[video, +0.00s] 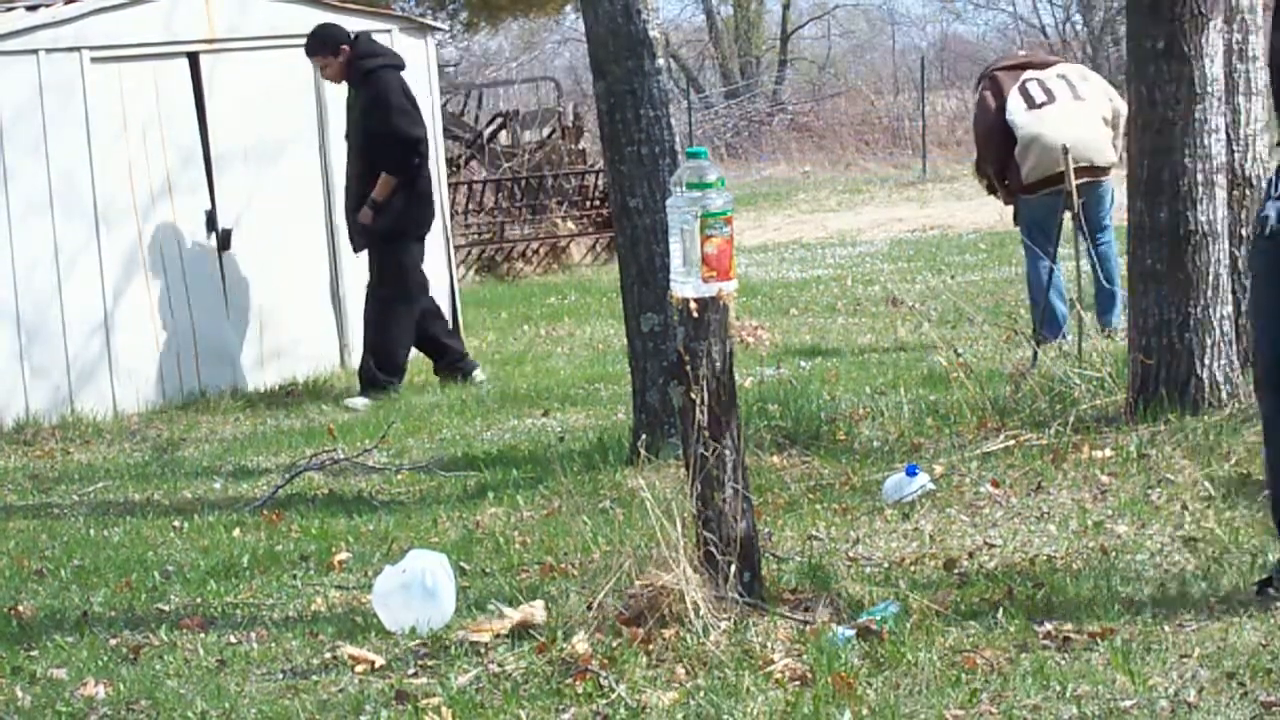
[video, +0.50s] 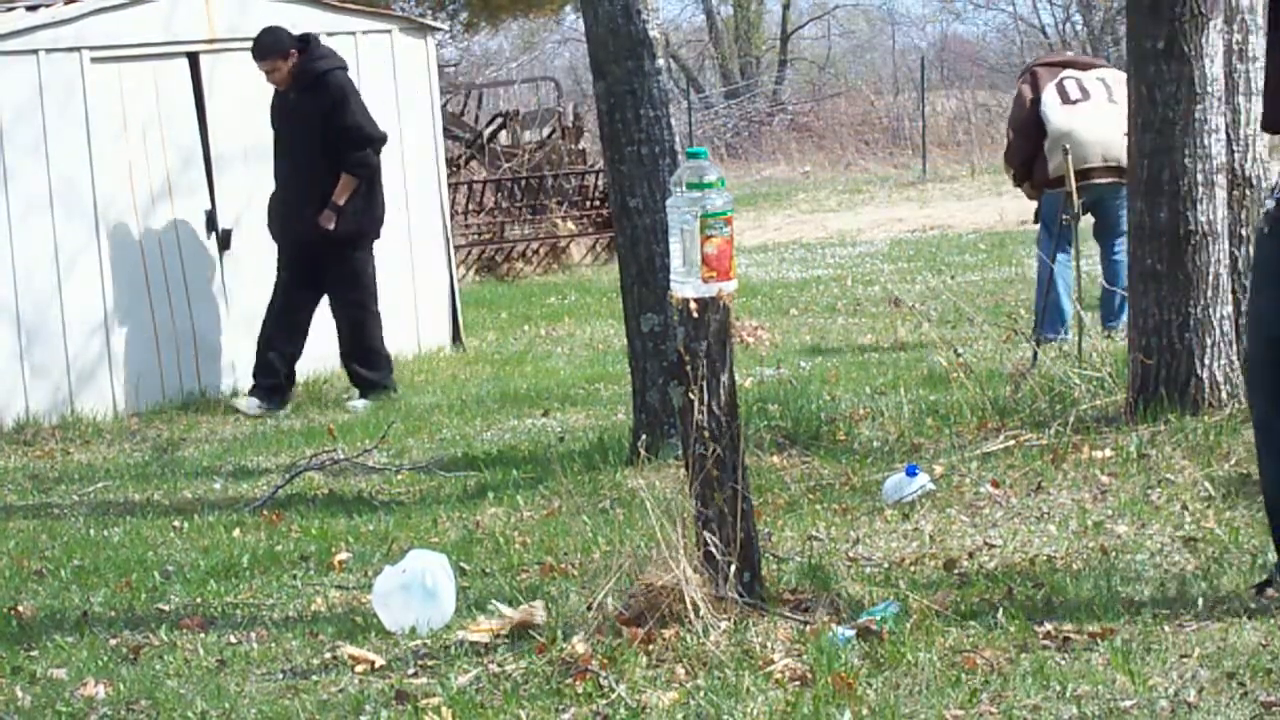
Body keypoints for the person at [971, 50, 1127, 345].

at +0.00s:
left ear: (1006, 65)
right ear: (1045, 56)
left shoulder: (996, 80)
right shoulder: (1077, 69)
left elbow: (987, 133)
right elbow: (1119, 107)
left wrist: (1000, 183)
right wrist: (1111, 154)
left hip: (1038, 168)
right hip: (1093, 159)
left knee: (1041, 252)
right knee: (1101, 236)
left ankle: (1052, 336)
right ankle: (1113, 322)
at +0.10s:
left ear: (1008, 65)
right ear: (1048, 57)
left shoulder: (1000, 80)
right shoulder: (1082, 71)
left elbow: (994, 135)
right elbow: (1120, 110)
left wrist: (998, 181)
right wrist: (1113, 157)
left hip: (1041, 166)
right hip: (1097, 159)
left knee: (1041, 252)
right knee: (1105, 246)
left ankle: (1053, 336)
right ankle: (1116, 325)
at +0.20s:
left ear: (1014, 66)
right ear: (1053, 57)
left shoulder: (1008, 79)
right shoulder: (1088, 74)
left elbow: (1001, 137)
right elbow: (1124, 113)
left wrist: (1003, 181)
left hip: (1046, 169)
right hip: (1102, 163)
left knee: (1042, 252)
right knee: (1107, 248)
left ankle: (1052, 336)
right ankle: (1116, 325)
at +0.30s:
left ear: (1021, 68)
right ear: (1059, 58)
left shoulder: (1017, 80)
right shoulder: (1098, 75)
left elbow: (1009, 136)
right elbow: (1130, 117)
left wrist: (1011, 181)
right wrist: (1129, 163)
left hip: (1052, 169)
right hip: (1108, 162)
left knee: (1046, 252)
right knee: (1110, 248)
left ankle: (1052, 336)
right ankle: (1118, 326)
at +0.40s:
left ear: (1033, 64)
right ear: (1073, 58)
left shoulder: (1027, 78)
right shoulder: (1108, 76)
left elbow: (1014, 135)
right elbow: (1132, 120)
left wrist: (1018, 178)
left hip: (1056, 173)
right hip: (1112, 166)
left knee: (1052, 251)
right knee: (1114, 247)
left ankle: (1051, 336)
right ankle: (1118, 327)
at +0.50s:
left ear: (1043, 63)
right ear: (1082, 55)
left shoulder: (1034, 79)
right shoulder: (1115, 76)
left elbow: (1020, 134)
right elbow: (1136, 120)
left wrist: (1023, 177)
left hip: (1062, 173)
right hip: (1117, 167)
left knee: (1055, 248)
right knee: (1116, 243)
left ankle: (1053, 332)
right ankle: (1118, 324)